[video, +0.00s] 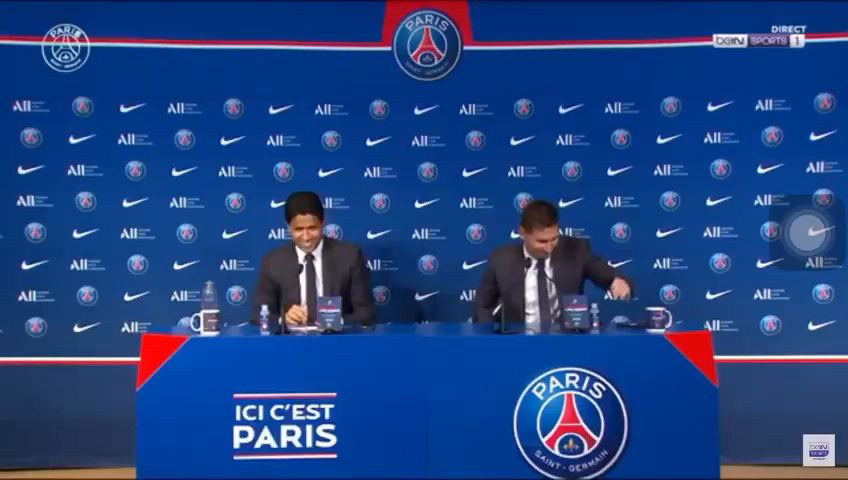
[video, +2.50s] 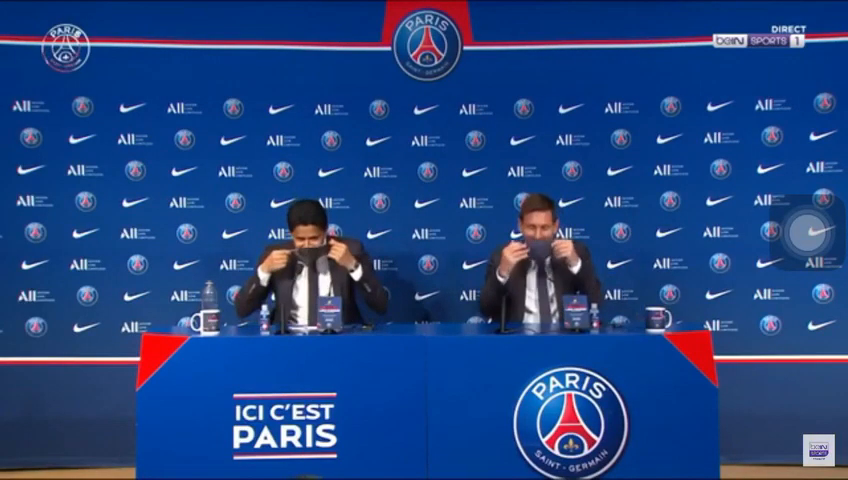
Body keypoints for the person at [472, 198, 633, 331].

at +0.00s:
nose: (548, 248)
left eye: (553, 240)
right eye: (541, 242)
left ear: (558, 230)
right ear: (522, 233)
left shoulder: (577, 251)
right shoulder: (502, 259)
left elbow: (608, 277)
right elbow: (483, 307)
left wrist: (619, 282)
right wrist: (489, 341)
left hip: (568, 346)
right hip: (518, 347)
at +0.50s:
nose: (552, 247)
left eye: (556, 240)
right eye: (545, 241)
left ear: (561, 231)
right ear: (525, 232)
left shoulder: (579, 253)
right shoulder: (503, 259)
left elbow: (609, 281)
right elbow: (483, 306)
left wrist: (627, 297)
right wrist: (490, 344)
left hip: (570, 349)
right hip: (518, 351)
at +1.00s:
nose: (555, 245)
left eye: (559, 238)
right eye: (548, 239)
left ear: (563, 229)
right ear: (527, 232)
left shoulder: (579, 252)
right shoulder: (503, 258)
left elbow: (604, 283)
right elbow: (485, 309)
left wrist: (622, 291)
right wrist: (522, 312)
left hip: (571, 344)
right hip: (520, 347)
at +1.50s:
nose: (534, 243)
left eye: (542, 236)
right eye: (530, 235)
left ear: (557, 232)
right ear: (524, 227)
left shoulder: (578, 253)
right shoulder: (503, 257)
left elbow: (594, 302)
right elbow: (495, 310)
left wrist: (578, 290)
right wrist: (524, 301)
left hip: (567, 340)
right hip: (519, 342)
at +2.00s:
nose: (535, 235)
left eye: (542, 227)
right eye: (529, 226)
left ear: (555, 227)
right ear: (521, 225)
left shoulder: (577, 253)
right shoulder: (503, 257)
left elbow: (596, 299)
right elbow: (488, 310)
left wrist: (575, 288)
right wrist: (505, 287)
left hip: (565, 340)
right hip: (517, 340)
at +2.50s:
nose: (538, 235)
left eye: (545, 228)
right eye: (532, 228)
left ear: (556, 227)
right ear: (521, 226)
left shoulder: (576, 253)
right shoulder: (505, 256)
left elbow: (596, 300)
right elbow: (487, 310)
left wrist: (575, 263)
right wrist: (503, 273)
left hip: (566, 339)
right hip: (519, 340)